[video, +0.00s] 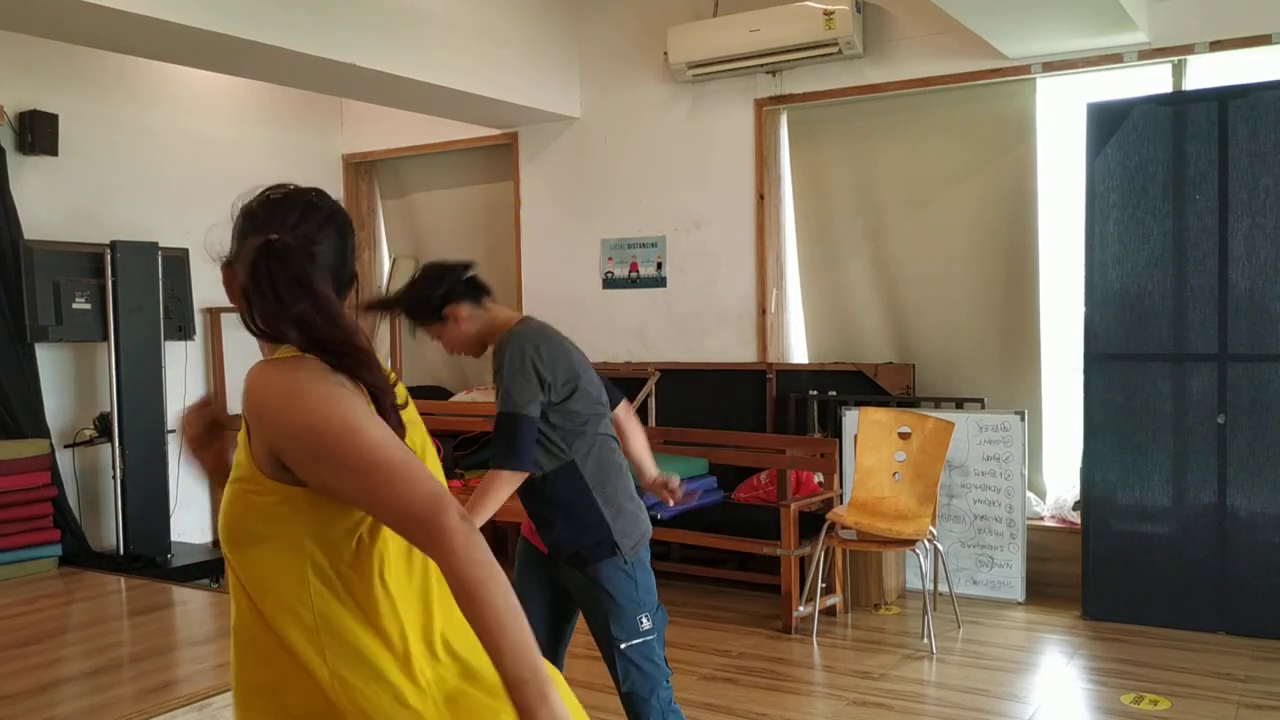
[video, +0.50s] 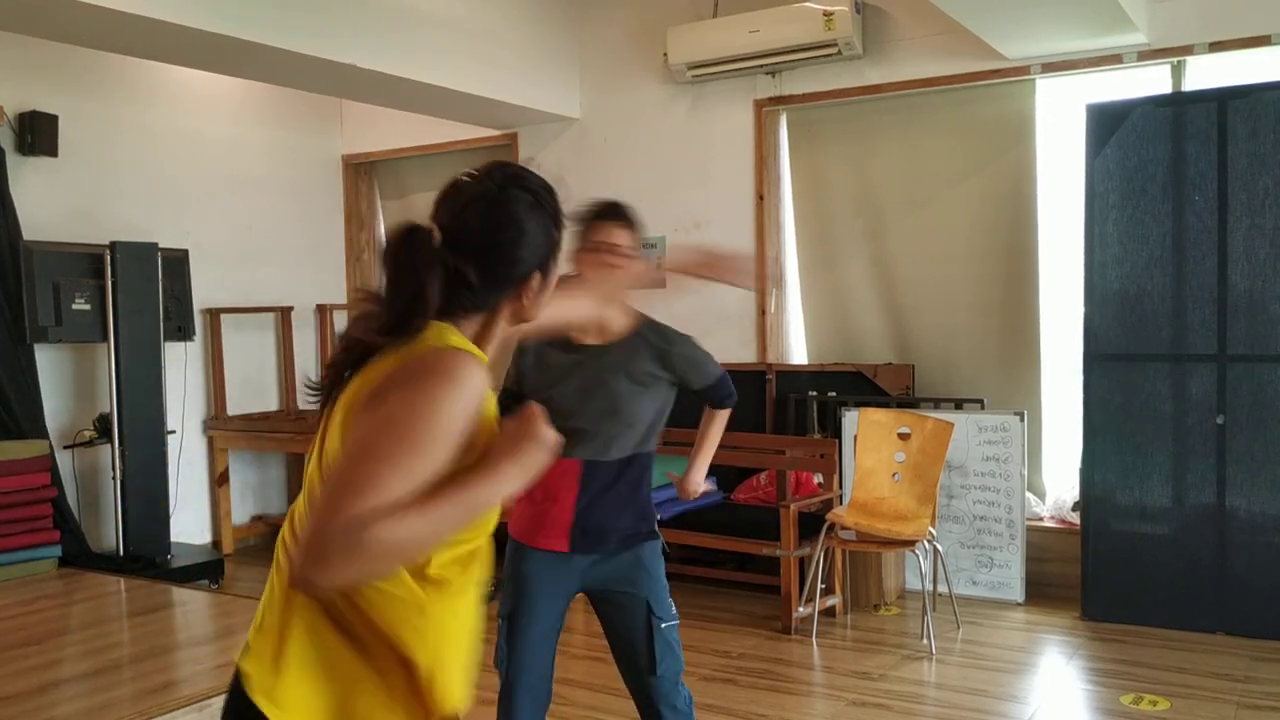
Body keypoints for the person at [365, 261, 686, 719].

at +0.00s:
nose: (444, 347)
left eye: (439, 334)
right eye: (436, 338)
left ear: (457, 312)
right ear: (465, 305)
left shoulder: (520, 348)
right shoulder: (535, 338)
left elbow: (515, 462)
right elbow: (616, 403)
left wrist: (454, 535)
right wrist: (651, 475)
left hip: (605, 539)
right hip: (548, 537)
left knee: (646, 691)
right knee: (525, 679)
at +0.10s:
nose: (454, 318)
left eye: (457, 303)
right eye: (448, 307)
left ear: (494, 285)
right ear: (493, 287)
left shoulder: (542, 335)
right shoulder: (525, 345)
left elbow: (547, 451)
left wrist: (479, 533)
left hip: (603, 539)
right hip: (542, 540)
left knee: (647, 693)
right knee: (518, 684)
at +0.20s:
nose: (479, 294)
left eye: (489, 279)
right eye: (469, 284)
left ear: (525, 271)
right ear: (463, 284)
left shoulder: (564, 334)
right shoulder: (521, 349)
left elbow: (584, 447)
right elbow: (528, 452)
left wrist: (543, 548)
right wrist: (514, 539)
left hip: (606, 540)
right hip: (544, 542)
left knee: (647, 697)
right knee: (520, 689)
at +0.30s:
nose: (500, 282)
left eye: (512, 268)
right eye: (491, 269)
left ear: (546, 268)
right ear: (483, 273)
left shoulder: (576, 334)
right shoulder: (517, 349)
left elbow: (624, 441)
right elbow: (513, 445)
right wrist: (502, 543)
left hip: (602, 531)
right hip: (537, 535)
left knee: (650, 692)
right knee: (521, 683)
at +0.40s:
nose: (537, 295)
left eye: (549, 279)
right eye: (530, 280)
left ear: (571, 273)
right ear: (514, 285)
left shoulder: (593, 329)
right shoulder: (502, 345)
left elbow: (682, 410)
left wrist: (682, 507)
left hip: (620, 549)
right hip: (537, 551)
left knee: (660, 695)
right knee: (522, 694)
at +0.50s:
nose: (609, 260)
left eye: (623, 252)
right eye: (599, 248)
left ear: (641, 266)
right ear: (576, 255)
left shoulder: (660, 344)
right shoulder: (535, 341)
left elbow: (722, 394)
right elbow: (504, 414)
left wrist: (695, 473)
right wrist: (508, 482)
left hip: (627, 543)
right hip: (539, 543)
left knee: (663, 695)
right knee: (522, 697)